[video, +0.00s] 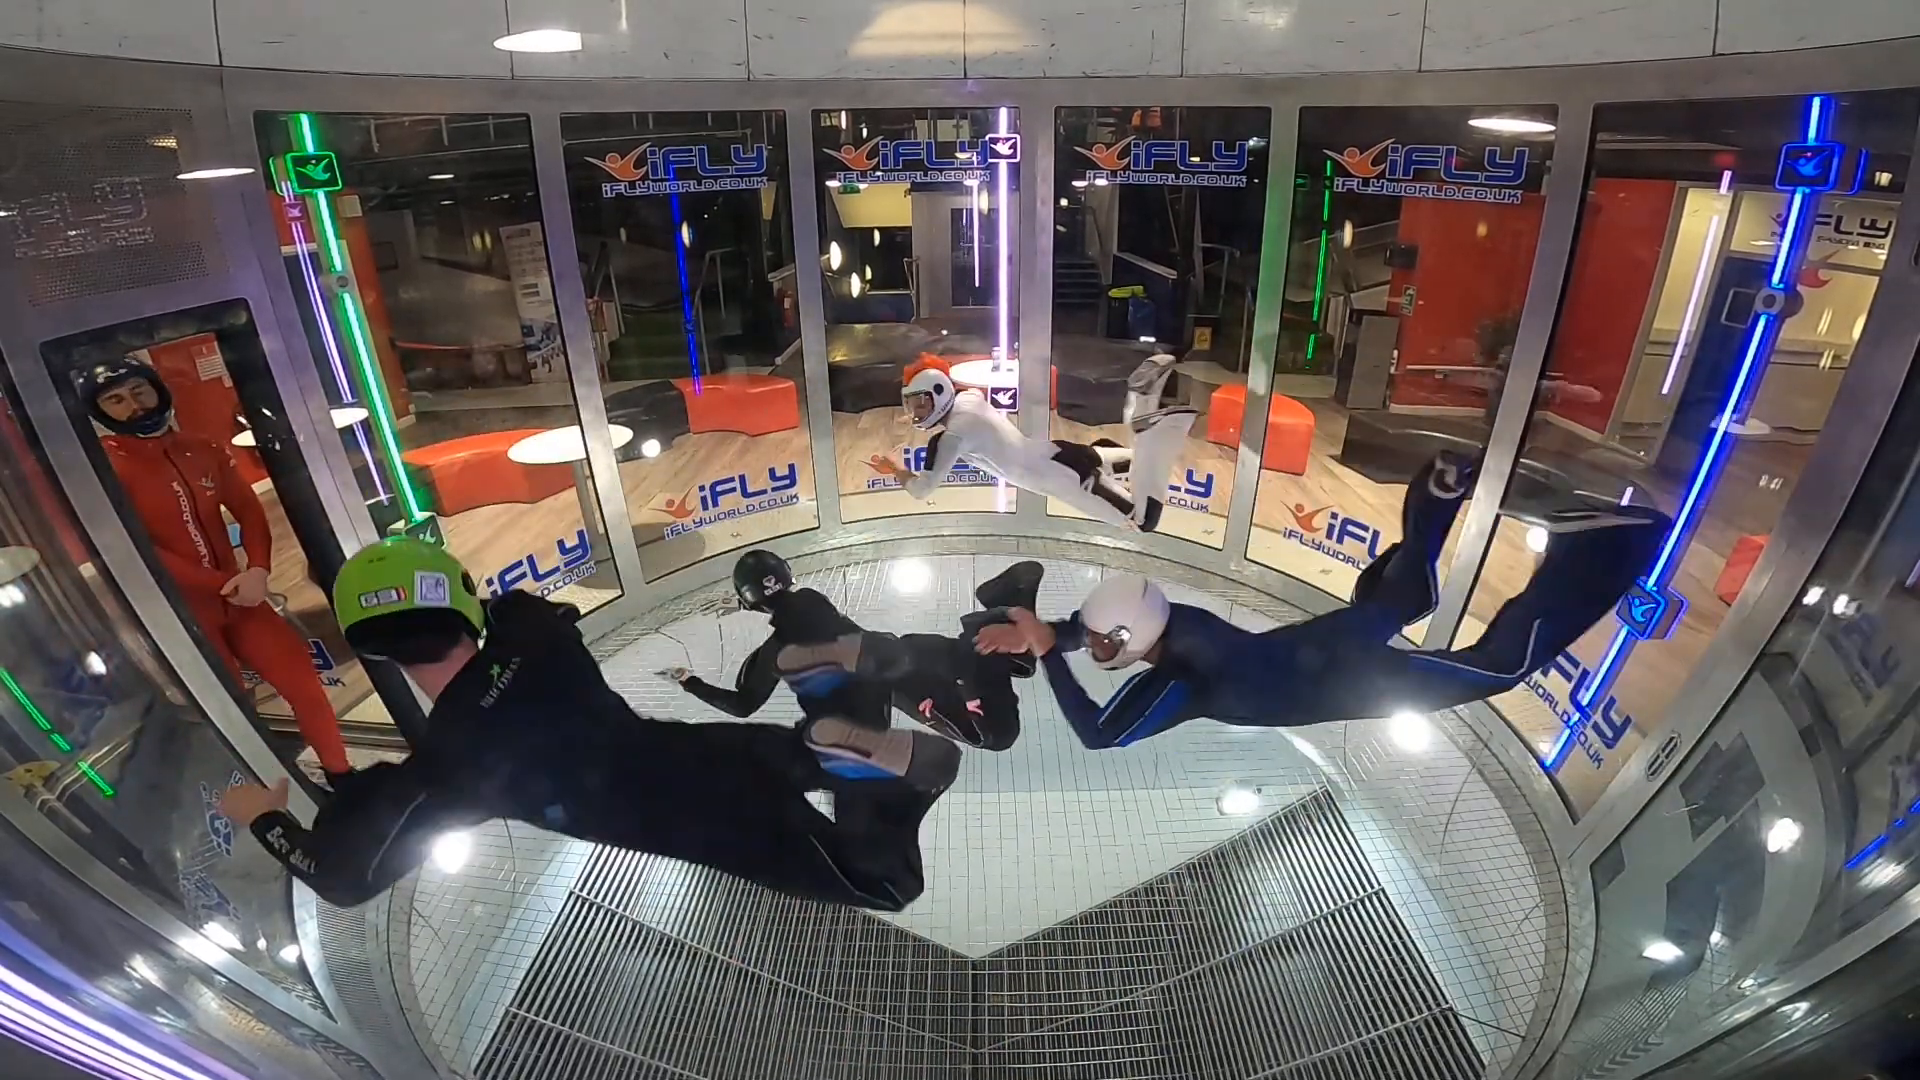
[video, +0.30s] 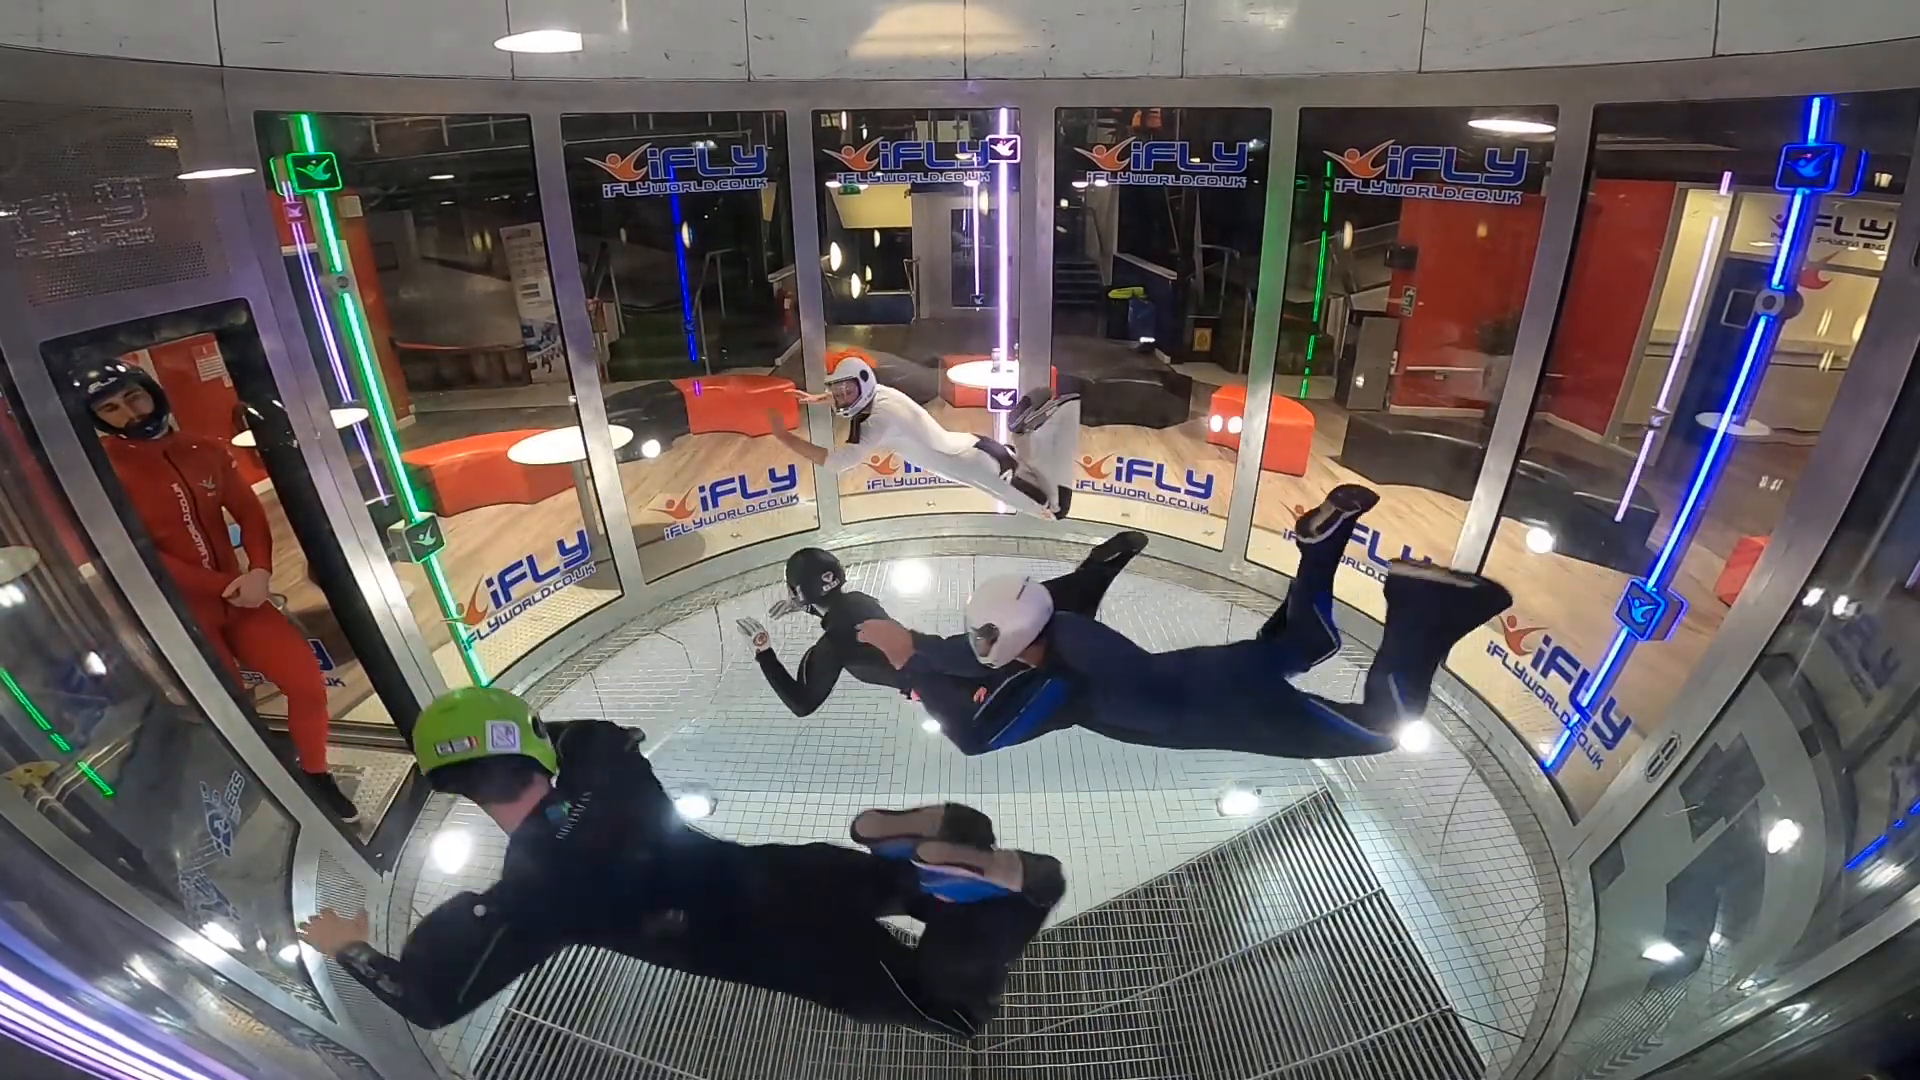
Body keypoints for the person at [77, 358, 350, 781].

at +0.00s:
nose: (135, 406)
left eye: (139, 391)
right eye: (117, 401)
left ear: (157, 390)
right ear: (100, 415)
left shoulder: (200, 450)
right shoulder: (105, 469)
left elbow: (248, 509)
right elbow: (136, 553)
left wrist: (258, 568)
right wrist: (224, 583)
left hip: (238, 599)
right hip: (186, 618)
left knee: (302, 680)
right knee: (233, 718)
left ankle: (342, 778)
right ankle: (267, 818)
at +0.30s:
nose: (131, 411)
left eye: (134, 395)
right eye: (113, 408)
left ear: (150, 393)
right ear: (97, 421)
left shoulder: (203, 451)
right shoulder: (103, 477)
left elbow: (250, 513)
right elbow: (136, 562)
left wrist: (259, 569)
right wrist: (222, 585)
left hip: (239, 601)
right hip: (185, 621)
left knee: (305, 676)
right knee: (234, 717)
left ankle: (316, 776)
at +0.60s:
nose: (129, 415)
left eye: (131, 398)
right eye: (110, 411)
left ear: (147, 394)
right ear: (93, 424)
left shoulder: (200, 451)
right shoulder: (102, 474)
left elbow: (249, 512)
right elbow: (137, 562)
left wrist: (262, 573)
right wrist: (227, 588)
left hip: (239, 601)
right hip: (185, 618)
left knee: (294, 694)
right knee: (235, 712)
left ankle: (243, 781)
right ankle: (292, 788)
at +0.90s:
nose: (127, 415)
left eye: (128, 398)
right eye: (107, 412)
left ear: (144, 393)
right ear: (90, 423)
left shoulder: (203, 453)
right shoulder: (98, 477)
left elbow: (249, 515)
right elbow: (136, 564)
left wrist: (256, 575)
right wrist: (225, 590)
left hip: (237, 602)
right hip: (184, 619)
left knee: (301, 692)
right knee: (236, 714)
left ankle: (248, 778)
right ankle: (295, 790)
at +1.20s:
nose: (125, 412)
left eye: (127, 395)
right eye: (105, 409)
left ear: (144, 393)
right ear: (89, 422)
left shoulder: (201, 456)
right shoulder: (99, 476)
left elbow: (250, 518)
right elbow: (136, 566)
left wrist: (256, 574)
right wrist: (225, 590)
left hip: (236, 604)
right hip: (184, 622)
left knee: (306, 690)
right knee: (238, 716)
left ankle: (244, 781)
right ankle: (294, 790)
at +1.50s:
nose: (115, 416)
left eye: (120, 400)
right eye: (98, 410)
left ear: (142, 398)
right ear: (86, 422)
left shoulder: (198, 454)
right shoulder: (97, 477)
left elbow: (250, 515)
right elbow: (135, 568)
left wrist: (254, 575)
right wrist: (225, 589)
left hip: (236, 603)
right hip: (185, 621)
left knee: (306, 690)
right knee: (238, 714)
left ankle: (245, 782)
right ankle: (292, 792)